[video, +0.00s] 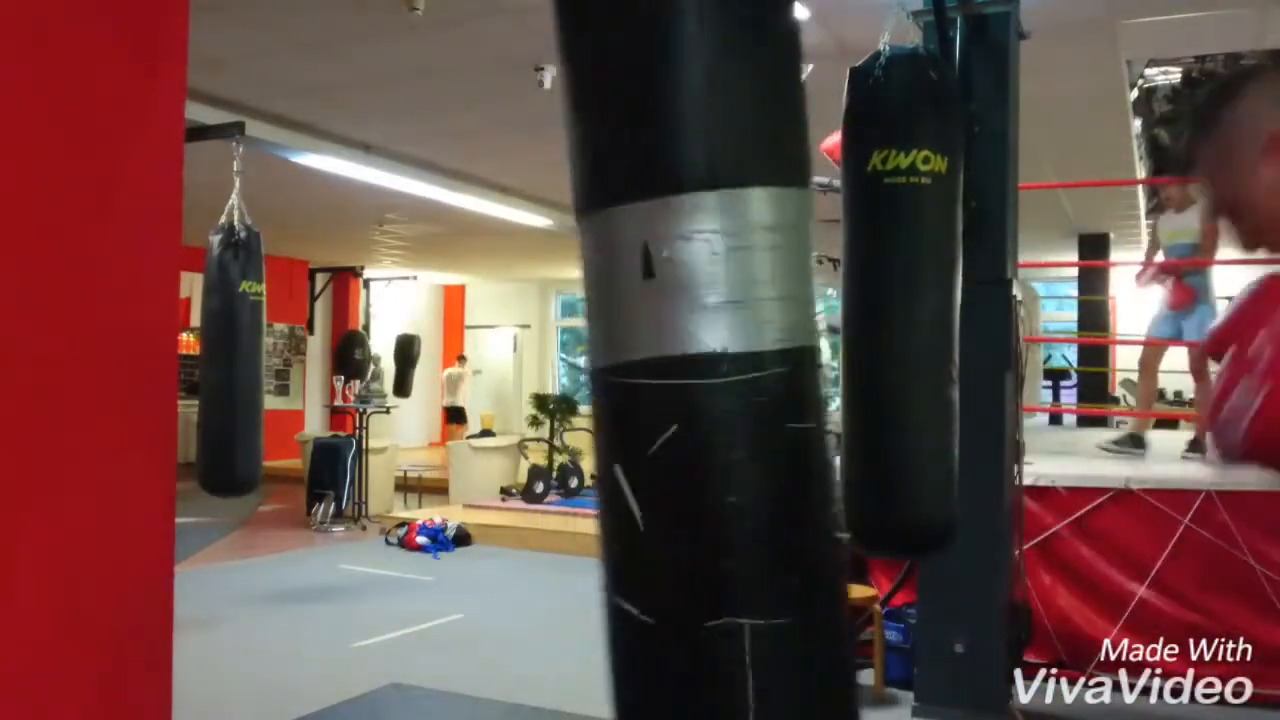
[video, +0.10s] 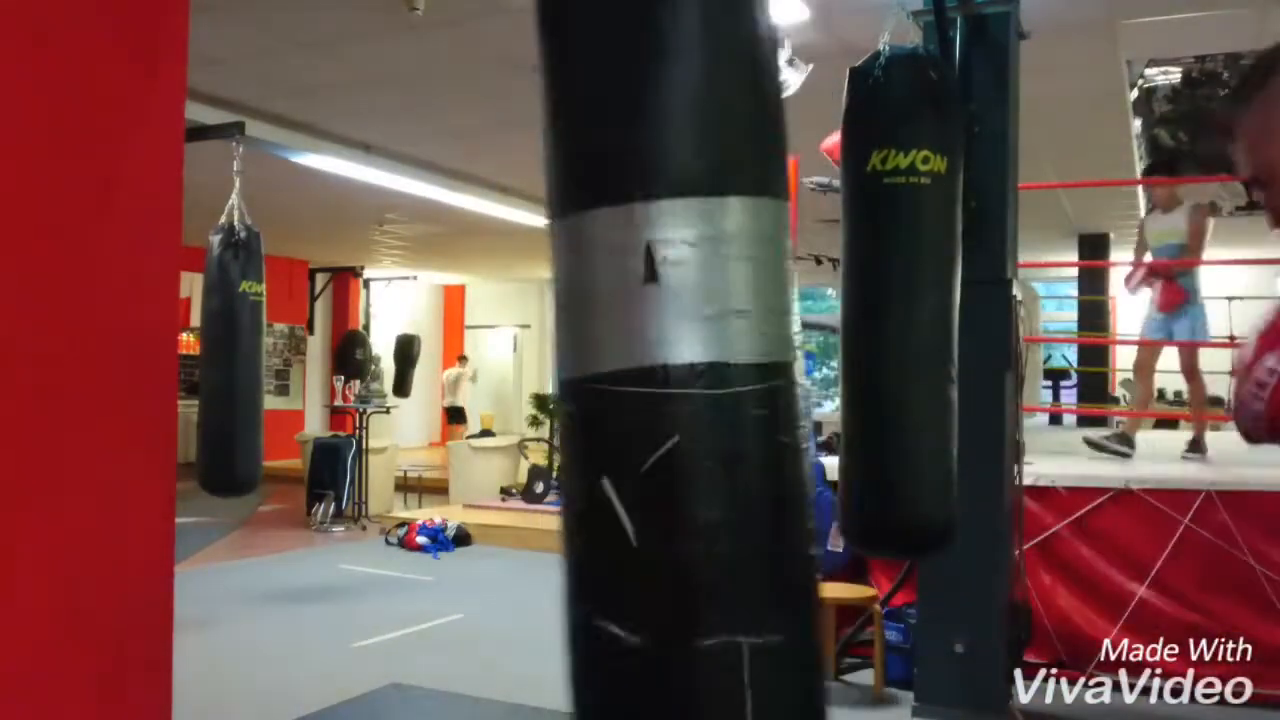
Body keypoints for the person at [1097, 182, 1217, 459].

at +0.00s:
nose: (1164, 194)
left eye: (1167, 186)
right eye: (1159, 189)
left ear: (1184, 184)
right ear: (1157, 191)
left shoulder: (1204, 212)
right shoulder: (1160, 219)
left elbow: (1207, 258)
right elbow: (1151, 253)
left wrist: (1172, 268)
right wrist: (1147, 269)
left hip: (1198, 299)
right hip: (1170, 298)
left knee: (1198, 368)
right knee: (1147, 362)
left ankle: (1200, 436)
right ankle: (1137, 433)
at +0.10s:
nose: (1151, 194)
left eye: (1155, 187)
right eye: (1148, 189)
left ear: (1172, 186)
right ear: (1148, 190)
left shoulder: (1193, 212)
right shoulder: (1148, 221)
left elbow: (1194, 257)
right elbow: (1138, 260)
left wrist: (1158, 268)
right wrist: (1139, 275)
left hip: (1186, 299)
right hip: (1160, 300)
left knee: (1190, 370)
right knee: (1142, 367)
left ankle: (1199, 437)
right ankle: (1127, 435)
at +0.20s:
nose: (1136, 192)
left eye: (1141, 185)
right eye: (1133, 186)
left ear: (1160, 184)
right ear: (1133, 189)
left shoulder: (1178, 211)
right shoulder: (1134, 221)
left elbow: (1180, 257)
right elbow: (1125, 261)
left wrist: (1144, 268)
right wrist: (1124, 274)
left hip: (1171, 299)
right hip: (1143, 299)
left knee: (1173, 370)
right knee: (1131, 367)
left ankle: (1195, 432)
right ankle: (1123, 436)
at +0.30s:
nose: (1122, 192)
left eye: (1127, 185)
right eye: (1119, 186)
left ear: (1145, 182)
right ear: (1118, 189)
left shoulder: (1167, 207)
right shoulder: (1121, 219)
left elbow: (1168, 252)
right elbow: (1111, 256)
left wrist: (1133, 265)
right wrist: (1109, 272)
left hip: (1153, 295)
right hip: (1126, 297)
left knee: (1147, 367)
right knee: (1120, 370)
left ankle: (1184, 416)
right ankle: (1121, 436)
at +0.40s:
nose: (1111, 191)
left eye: (1115, 184)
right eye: (1108, 185)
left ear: (1132, 181)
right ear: (1109, 186)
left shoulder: (1157, 207)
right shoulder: (1112, 217)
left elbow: (1158, 251)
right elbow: (1098, 255)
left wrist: (1122, 263)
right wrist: (1098, 270)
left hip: (1142, 286)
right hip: (1116, 288)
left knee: (1124, 361)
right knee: (1115, 364)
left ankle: (1162, 411)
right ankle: (1120, 436)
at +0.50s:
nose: (1102, 189)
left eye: (1106, 182)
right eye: (1099, 184)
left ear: (1124, 179)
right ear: (1099, 184)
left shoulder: (1146, 207)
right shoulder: (1102, 215)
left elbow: (1147, 252)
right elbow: (1089, 251)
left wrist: (1114, 263)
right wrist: (1086, 267)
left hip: (1131, 286)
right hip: (1106, 288)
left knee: (1113, 354)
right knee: (1108, 356)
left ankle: (1124, 428)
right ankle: (1124, 426)